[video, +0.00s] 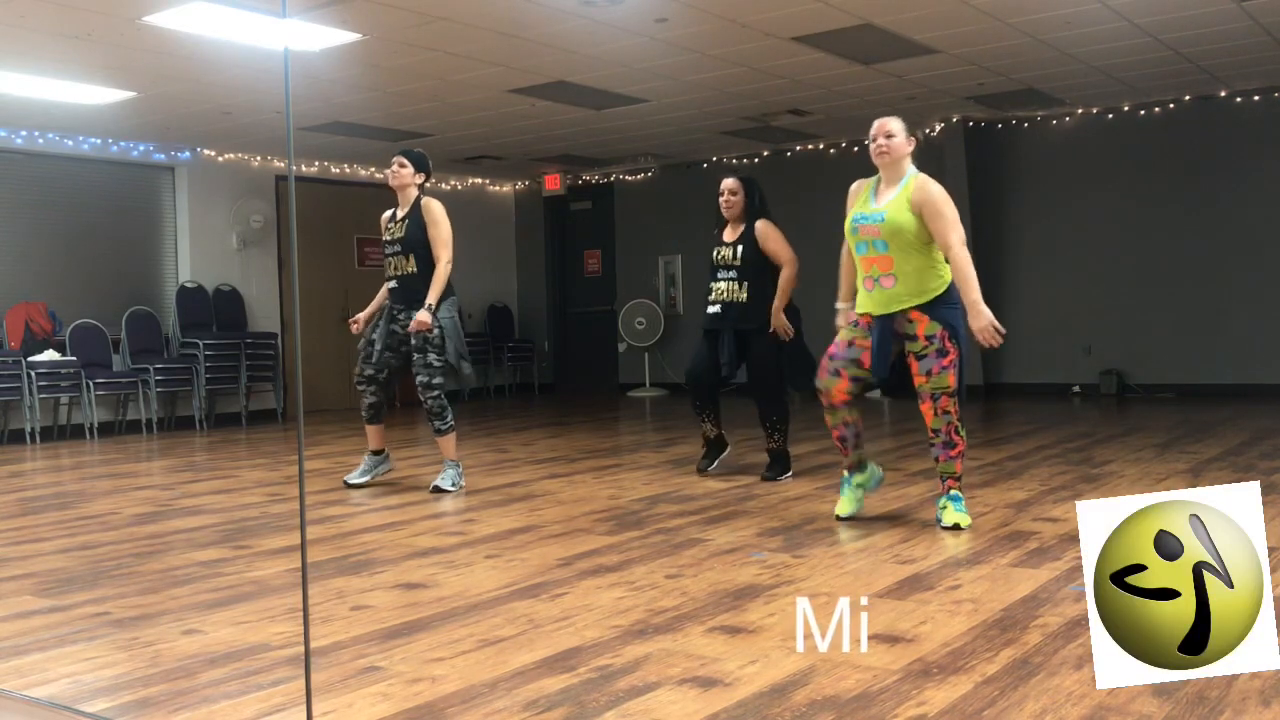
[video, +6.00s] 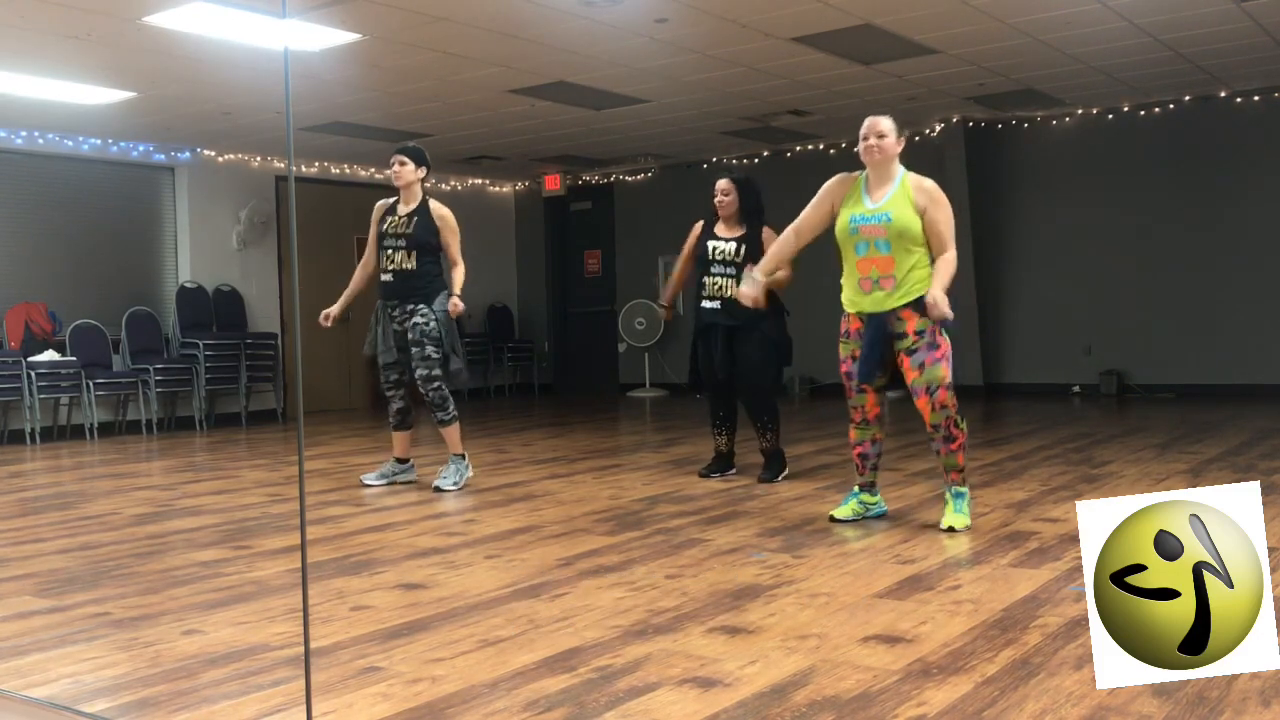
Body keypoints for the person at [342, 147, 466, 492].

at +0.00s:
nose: (391, 169)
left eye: (400, 166)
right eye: (391, 165)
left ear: (419, 176)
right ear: (390, 176)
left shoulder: (431, 207)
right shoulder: (388, 218)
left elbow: (444, 261)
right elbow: (395, 276)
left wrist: (428, 308)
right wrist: (368, 312)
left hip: (427, 311)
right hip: (394, 312)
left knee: (430, 388)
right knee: (368, 377)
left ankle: (452, 467)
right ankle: (377, 456)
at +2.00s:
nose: (392, 177)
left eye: (401, 172)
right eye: (391, 172)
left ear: (421, 180)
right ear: (390, 180)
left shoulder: (436, 222)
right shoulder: (377, 215)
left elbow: (456, 269)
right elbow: (357, 265)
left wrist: (470, 294)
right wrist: (318, 292)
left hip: (427, 313)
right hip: (389, 316)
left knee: (428, 377)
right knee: (379, 386)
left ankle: (458, 457)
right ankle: (399, 463)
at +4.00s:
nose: (401, 172)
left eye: (408, 167)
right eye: (400, 167)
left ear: (428, 176)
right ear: (402, 177)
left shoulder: (440, 206)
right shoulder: (405, 220)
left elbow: (452, 255)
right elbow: (411, 274)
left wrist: (428, 298)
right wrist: (391, 307)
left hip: (439, 309)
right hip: (407, 308)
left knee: (437, 384)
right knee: (367, 370)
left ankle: (458, 465)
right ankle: (386, 445)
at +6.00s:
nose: (393, 170)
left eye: (401, 164)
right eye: (392, 165)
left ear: (421, 171)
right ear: (393, 173)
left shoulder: (439, 213)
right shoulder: (383, 210)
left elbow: (456, 263)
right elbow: (368, 264)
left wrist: (455, 294)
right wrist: (339, 305)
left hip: (425, 309)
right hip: (388, 311)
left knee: (430, 382)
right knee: (394, 387)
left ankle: (458, 461)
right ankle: (402, 463)